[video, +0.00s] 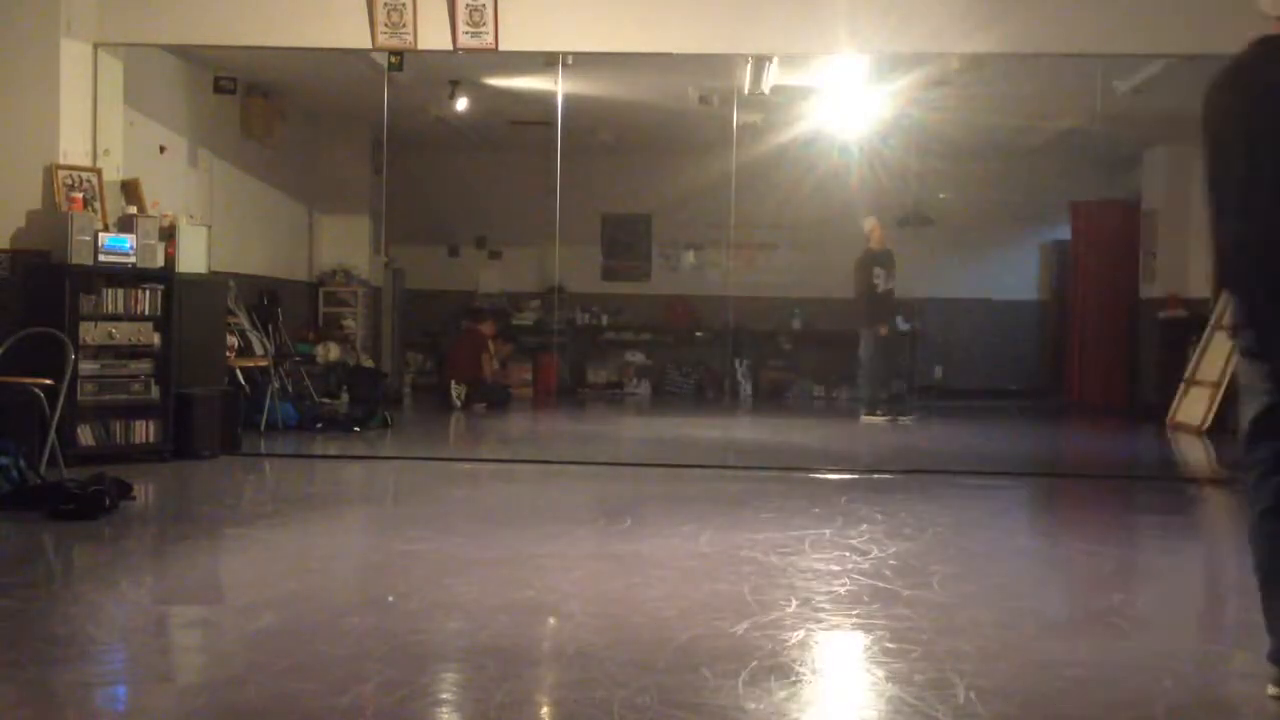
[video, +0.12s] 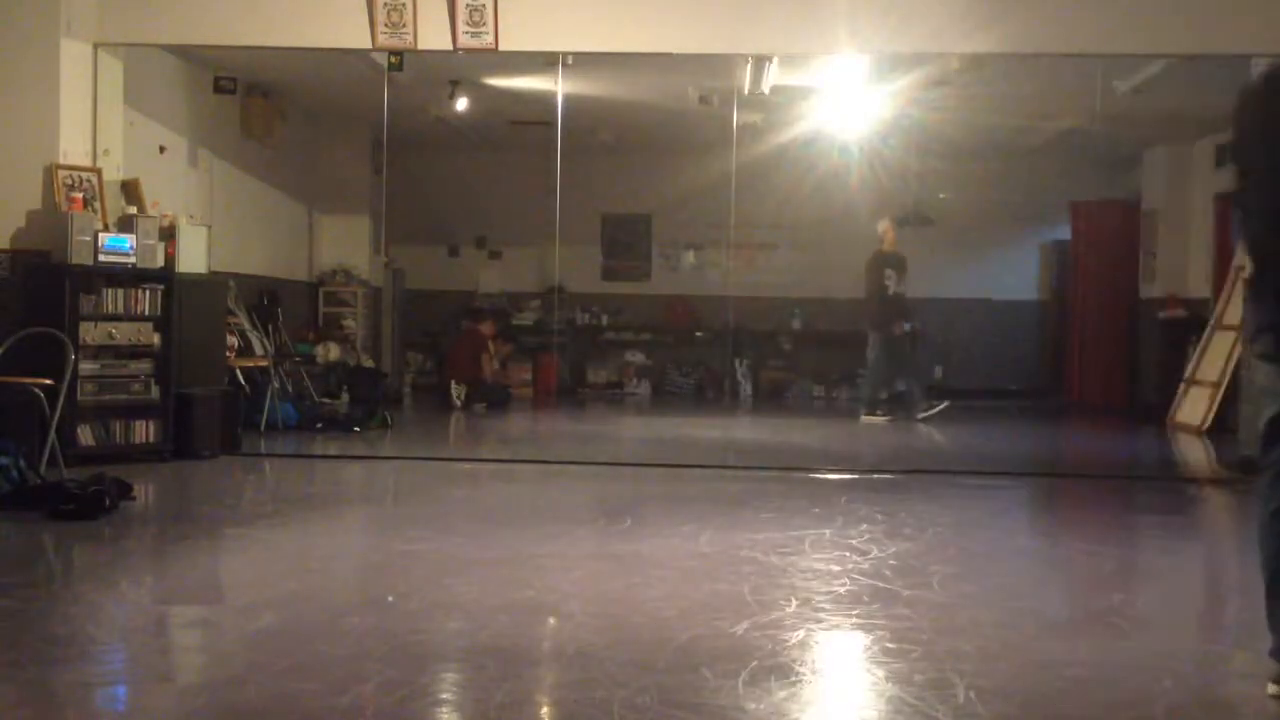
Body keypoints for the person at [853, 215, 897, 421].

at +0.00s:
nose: (881, 234)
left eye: (881, 229)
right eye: (876, 230)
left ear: (883, 231)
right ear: (869, 234)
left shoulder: (888, 257)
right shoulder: (865, 260)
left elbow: (889, 289)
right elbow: (864, 293)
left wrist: (890, 316)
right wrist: (875, 320)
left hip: (886, 316)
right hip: (870, 317)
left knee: (886, 361)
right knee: (870, 362)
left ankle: (886, 405)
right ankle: (868, 406)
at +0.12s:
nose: (893, 235)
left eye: (893, 231)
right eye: (889, 232)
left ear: (896, 233)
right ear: (881, 235)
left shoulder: (900, 259)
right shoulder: (876, 260)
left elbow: (900, 291)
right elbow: (874, 294)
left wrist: (905, 317)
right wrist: (887, 320)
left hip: (898, 317)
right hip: (880, 317)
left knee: (906, 360)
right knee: (876, 362)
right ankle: (868, 408)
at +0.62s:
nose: (936, 233)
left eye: (939, 227)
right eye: (932, 228)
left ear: (945, 228)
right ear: (926, 231)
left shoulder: (956, 255)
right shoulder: (921, 256)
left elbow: (962, 287)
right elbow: (918, 291)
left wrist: (964, 311)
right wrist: (923, 319)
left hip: (952, 314)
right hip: (930, 315)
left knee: (948, 362)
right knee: (938, 362)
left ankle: (940, 408)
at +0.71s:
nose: (943, 234)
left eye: (945, 229)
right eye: (938, 230)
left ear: (952, 230)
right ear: (932, 233)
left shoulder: (963, 256)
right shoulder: (926, 258)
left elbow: (973, 286)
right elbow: (921, 292)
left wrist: (981, 304)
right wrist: (924, 321)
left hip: (956, 316)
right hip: (933, 317)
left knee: (950, 363)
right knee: (946, 362)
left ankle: (942, 409)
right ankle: (935, 411)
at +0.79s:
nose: (949, 237)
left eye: (952, 231)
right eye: (944, 232)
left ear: (958, 233)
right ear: (938, 235)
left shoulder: (970, 260)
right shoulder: (932, 261)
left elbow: (986, 290)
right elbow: (925, 295)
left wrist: (1001, 314)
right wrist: (927, 325)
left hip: (965, 320)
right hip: (941, 320)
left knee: (949, 366)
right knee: (951, 364)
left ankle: (936, 411)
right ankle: (959, 410)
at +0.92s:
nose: (954, 236)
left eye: (957, 230)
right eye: (949, 232)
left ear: (964, 232)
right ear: (944, 236)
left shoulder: (979, 258)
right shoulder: (940, 261)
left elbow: (996, 288)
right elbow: (934, 297)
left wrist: (1012, 316)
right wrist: (931, 329)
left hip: (975, 319)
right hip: (951, 319)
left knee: (959, 365)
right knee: (965, 365)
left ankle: (939, 405)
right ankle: (975, 416)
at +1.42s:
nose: (976, 229)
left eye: (979, 224)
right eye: (971, 225)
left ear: (987, 227)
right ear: (964, 229)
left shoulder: (1003, 254)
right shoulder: (956, 258)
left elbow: (1014, 289)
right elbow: (953, 295)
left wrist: (1016, 316)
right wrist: (959, 325)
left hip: (1000, 319)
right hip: (971, 321)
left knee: (1000, 367)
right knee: (973, 371)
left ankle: (1000, 414)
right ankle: (979, 417)